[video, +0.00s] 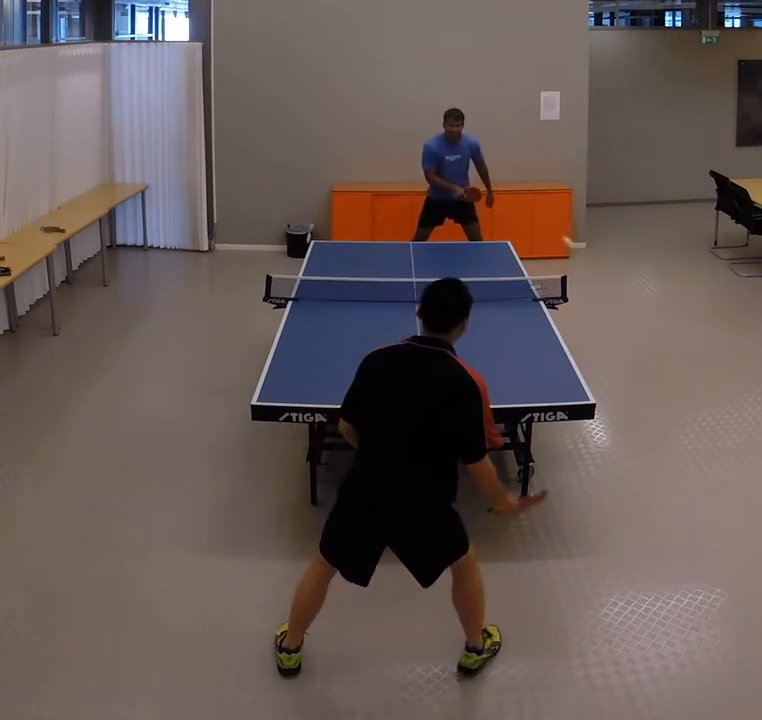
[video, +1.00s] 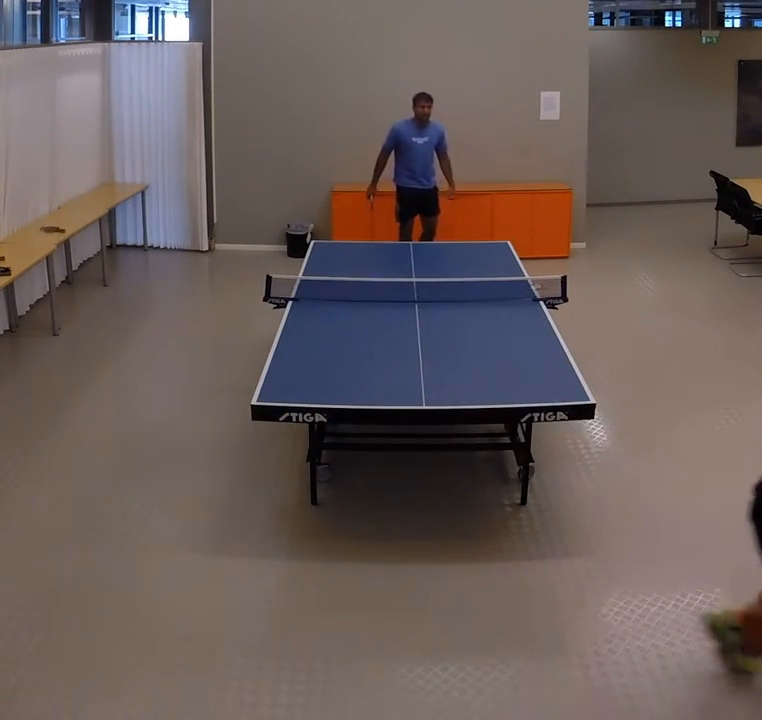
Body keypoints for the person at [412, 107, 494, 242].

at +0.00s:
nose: (454, 130)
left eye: (458, 126)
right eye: (451, 126)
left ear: (463, 126)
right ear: (444, 125)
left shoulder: (471, 144)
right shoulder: (432, 147)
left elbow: (481, 167)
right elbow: (430, 177)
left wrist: (489, 191)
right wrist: (454, 189)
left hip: (462, 200)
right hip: (437, 200)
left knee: (477, 241)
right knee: (419, 241)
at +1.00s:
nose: (425, 111)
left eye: (428, 107)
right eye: (421, 107)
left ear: (431, 109)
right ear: (414, 108)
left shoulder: (437, 130)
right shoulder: (399, 129)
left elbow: (443, 157)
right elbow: (384, 155)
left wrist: (451, 184)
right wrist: (373, 184)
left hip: (429, 188)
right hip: (406, 188)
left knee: (430, 230)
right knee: (406, 230)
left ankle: (422, 262)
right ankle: (404, 262)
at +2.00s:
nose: (405, 132)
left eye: (407, 128)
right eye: (401, 128)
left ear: (410, 127)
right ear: (392, 125)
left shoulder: (413, 141)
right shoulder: (377, 147)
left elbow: (420, 165)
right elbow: (376, 180)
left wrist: (426, 182)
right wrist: (397, 199)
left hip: (403, 194)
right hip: (381, 196)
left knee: (406, 238)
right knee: (383, 239)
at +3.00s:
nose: (368, 134)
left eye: (371, 130)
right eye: (364, 130)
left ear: (379, 128)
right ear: (360, 128)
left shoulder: (387, 144)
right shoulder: (356, 141)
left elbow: (369, 172)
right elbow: (348, 166)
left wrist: (340, 175)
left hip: (389, 199)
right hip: (367, 197)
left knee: (394, 241)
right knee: (361, 239)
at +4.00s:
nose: (431, 131)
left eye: (435, 128)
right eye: (428, 127)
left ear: (440, 128)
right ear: (422, 126)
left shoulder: (444, 146)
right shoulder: (405, 147)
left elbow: (452, 167)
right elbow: (392, 173)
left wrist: (448, 192)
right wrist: (391, 201)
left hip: (430, 200)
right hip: (405, 200)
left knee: (441, 242)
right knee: (394, 242)